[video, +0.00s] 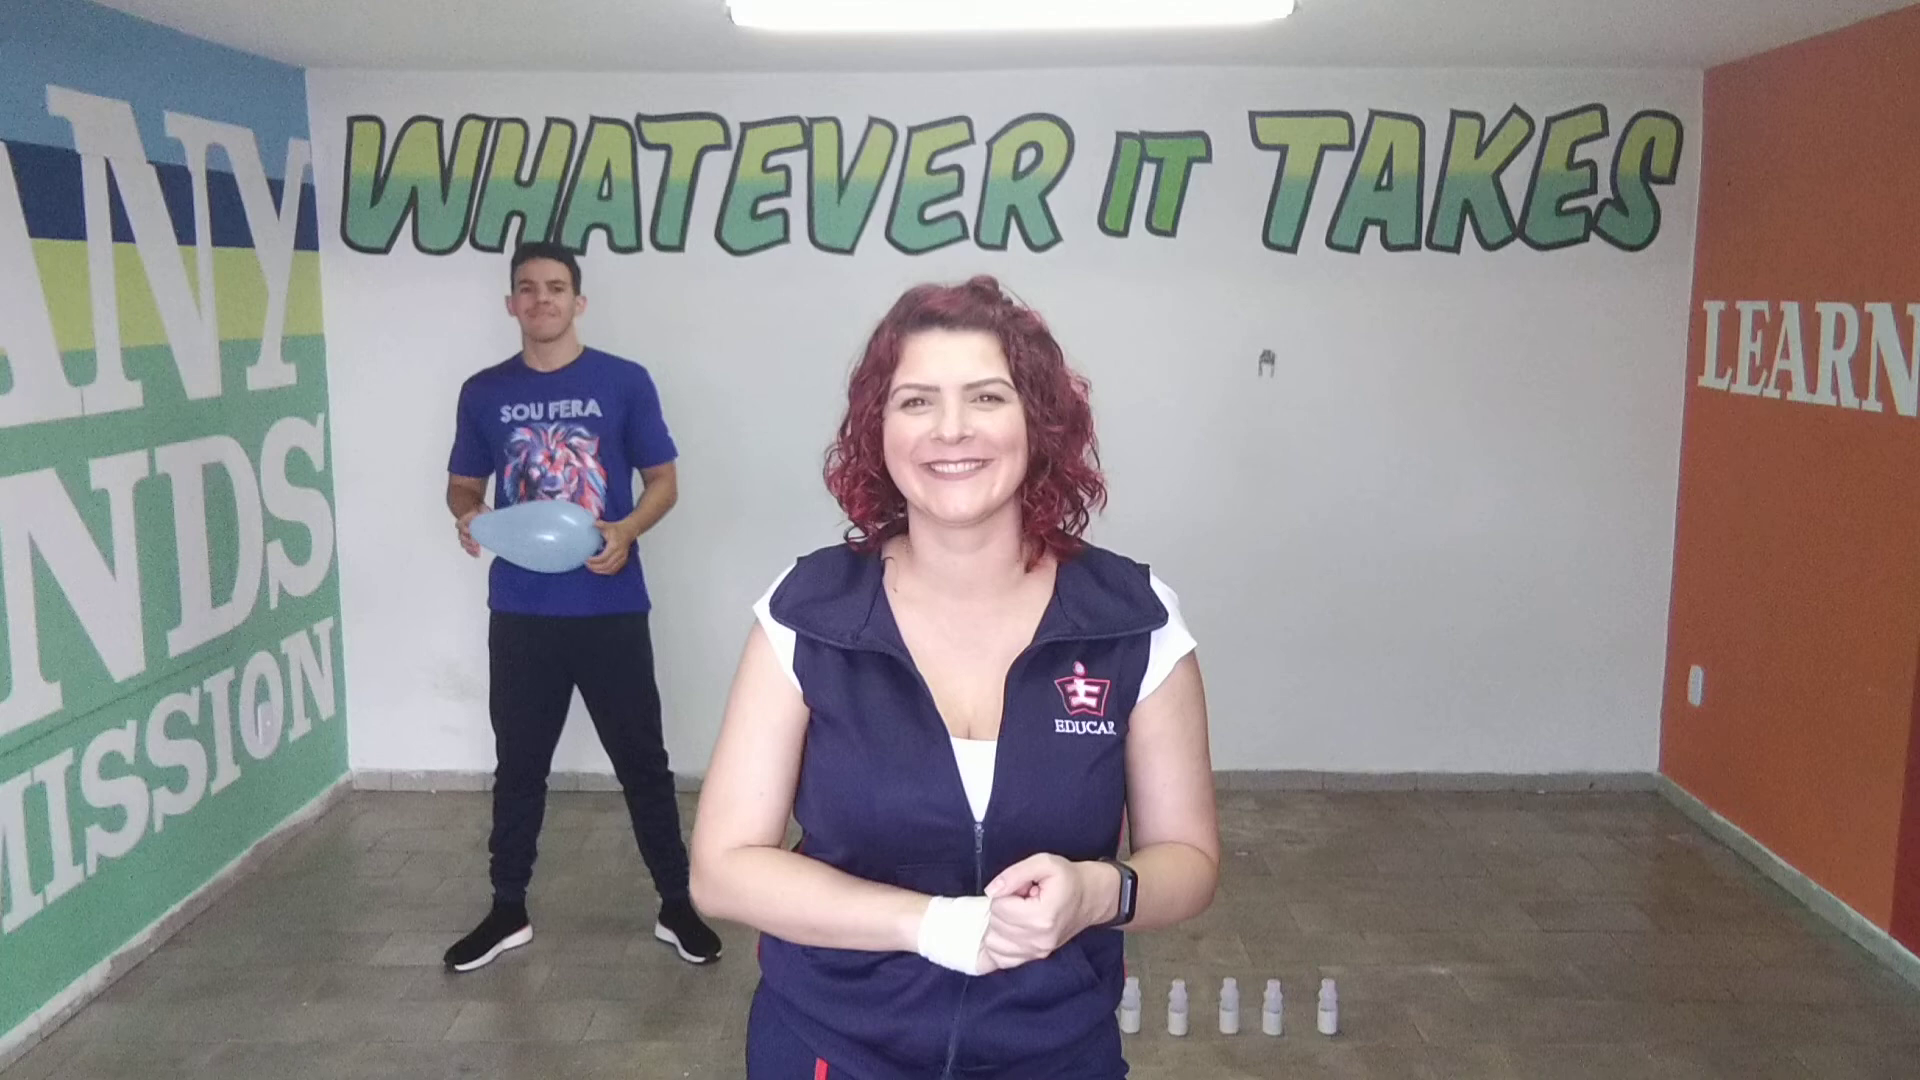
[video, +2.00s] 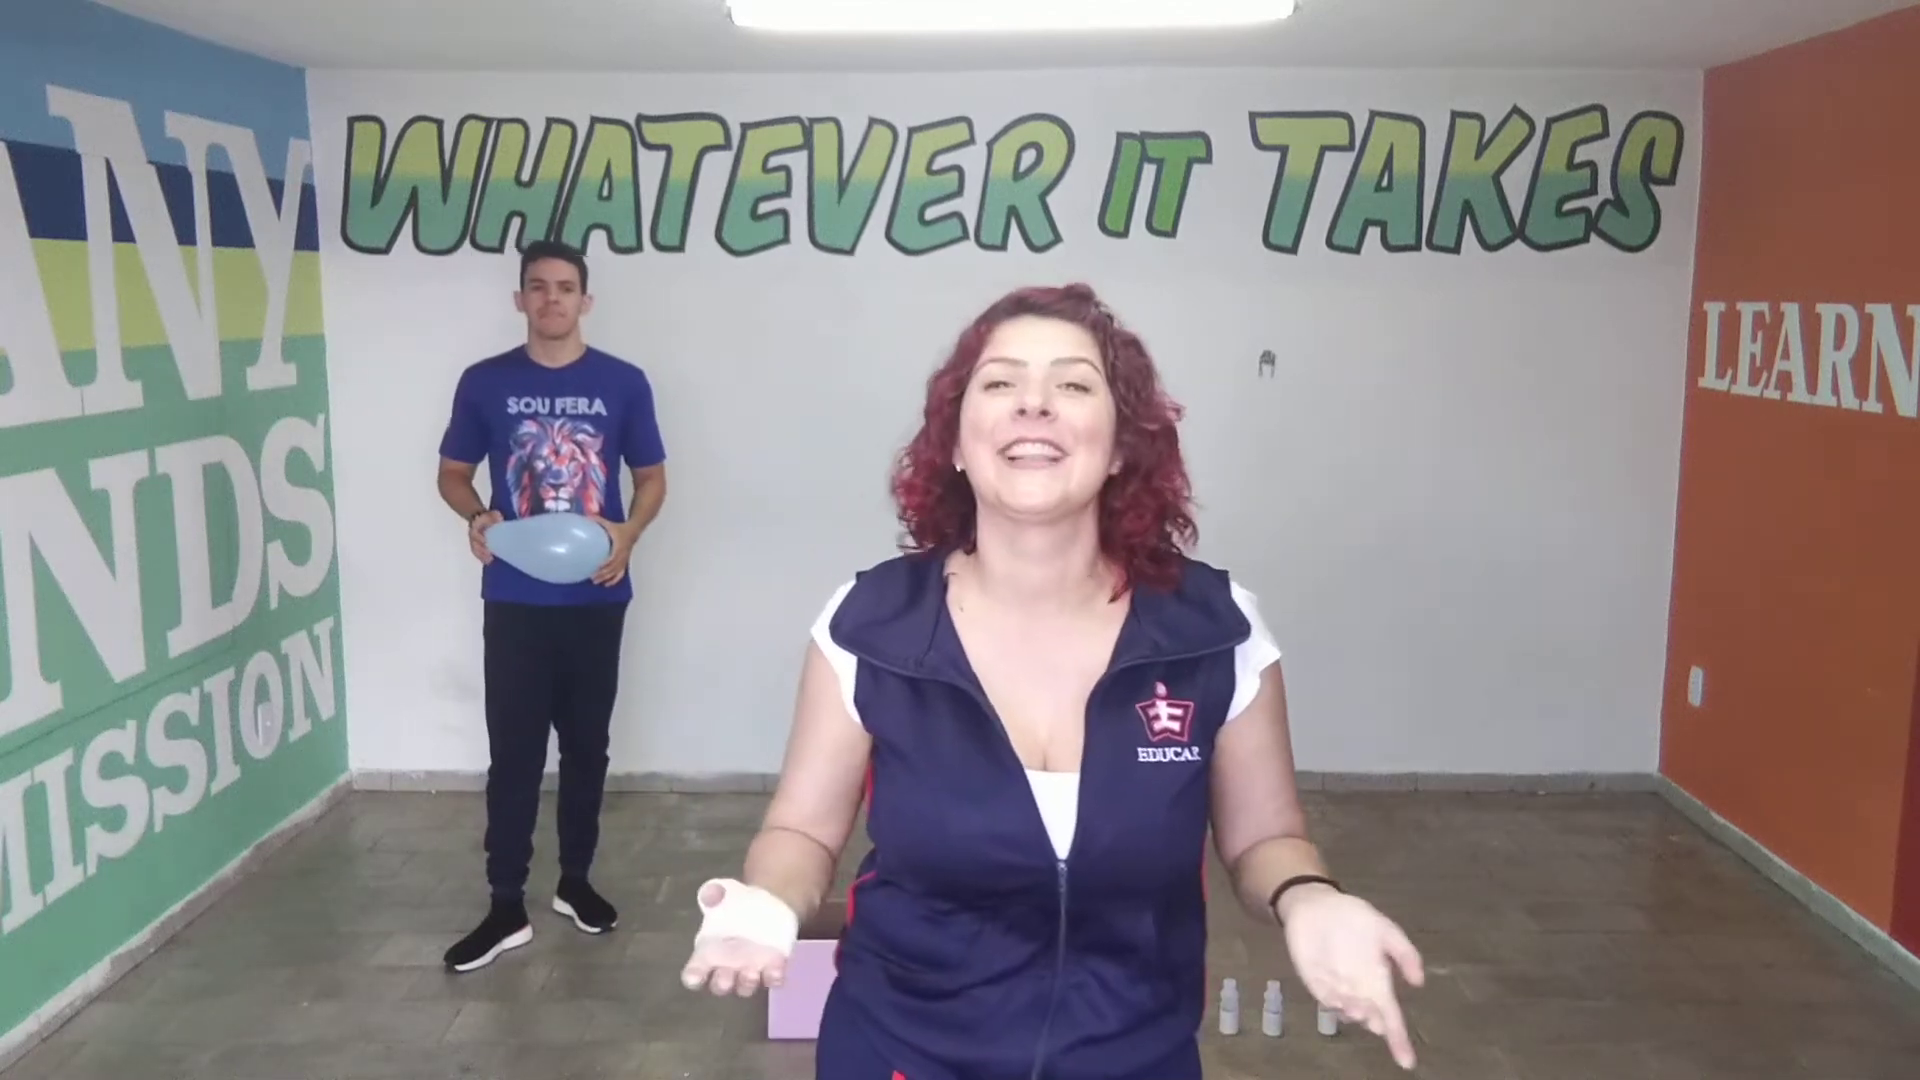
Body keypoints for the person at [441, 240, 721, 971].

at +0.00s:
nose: (541, 299)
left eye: (555, 288)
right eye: (528, 289)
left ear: (579, 301)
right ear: (511, 304)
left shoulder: (625, 382)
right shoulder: (484, 393)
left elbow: (664, 483)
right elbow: (464, 484)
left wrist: (630, 527)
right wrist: (470, 514)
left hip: (611, 613)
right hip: (523, 616)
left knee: (645, 766)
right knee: (518, 769)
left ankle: (678, 903)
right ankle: (508, 910)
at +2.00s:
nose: (550, 300)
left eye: (564, 289)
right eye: (538, 288)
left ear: (585, 300)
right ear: (521, 298)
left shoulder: (623, 384)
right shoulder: (486, 383)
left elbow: (653, 480)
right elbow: (452, 476)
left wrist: (629, 533)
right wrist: (477, 514)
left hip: (595, 601)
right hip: (516, 600)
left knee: (585, 749)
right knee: (514, 754)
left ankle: (575, 882)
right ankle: (507, 908)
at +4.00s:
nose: (581, 327)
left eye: (594, 314)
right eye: (569, 314)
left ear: (610, 313)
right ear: (546, 309)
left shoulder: (642, 389)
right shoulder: (508, 383)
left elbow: (665, 483)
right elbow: (472, 468)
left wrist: (647, 528)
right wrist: (490, 509)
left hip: (609, 598)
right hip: (532, 597)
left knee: (594, 745)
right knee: (526, 747)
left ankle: (574, 882)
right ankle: (510, 901)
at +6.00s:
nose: (574, 327)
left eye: (585, 314)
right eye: (560, 315)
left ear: (600, 310)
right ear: (537, 312)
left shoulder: (637, 387)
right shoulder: (502, 385)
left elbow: (666, 480)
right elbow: (470, 475)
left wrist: (642, 531)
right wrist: (489, 515)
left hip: (607, 599)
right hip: (530, 599)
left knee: (594, 746)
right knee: (524, 749)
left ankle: (575, 882)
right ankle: (509, 902)